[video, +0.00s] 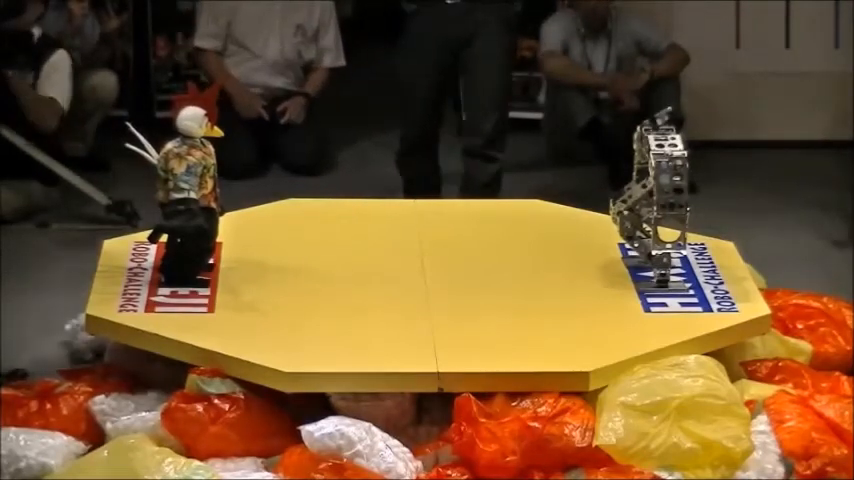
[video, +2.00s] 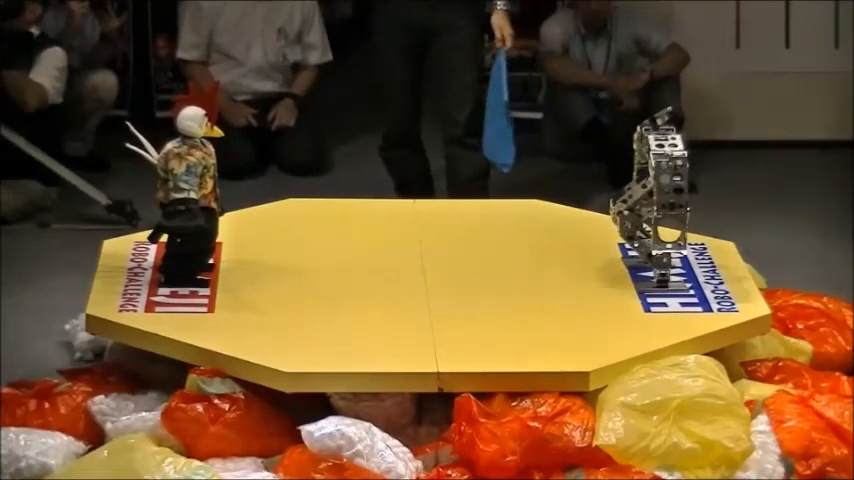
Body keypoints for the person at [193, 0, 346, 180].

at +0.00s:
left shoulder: (319, 5)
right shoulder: (221, 4)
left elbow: (326, 60)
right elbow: (206, 51)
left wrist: (304, 98)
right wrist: (238, 93)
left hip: (290, 98)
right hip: (237, 96)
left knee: (308, 161)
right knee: (238, 164)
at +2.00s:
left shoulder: (302, 5)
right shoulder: (202, 5)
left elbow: (312, 61)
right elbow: (191, 60)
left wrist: (292, 100)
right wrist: (226, 105)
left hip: (280, 98)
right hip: (228, 102)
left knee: (306, 160)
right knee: (237, 163)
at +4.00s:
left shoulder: (300, 5)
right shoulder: (201, 5)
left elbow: (310, 61)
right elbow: (191, 62)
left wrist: (290, 100)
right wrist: (226, 105)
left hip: (279, 98)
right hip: (227, 102)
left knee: (307, 161)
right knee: (237, 164)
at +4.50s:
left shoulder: (301, 5)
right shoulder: (196, 6)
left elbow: (317, 49)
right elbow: (187, 59)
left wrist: (299, 81)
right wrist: (220, 82)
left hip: (280, 97)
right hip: (229, 99)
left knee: (306, 161)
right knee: (237, 164)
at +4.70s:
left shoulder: (301, 4)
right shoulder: (197, 5)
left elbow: (320, 45)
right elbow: (183, 54)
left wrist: (296, 57)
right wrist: (215, 53)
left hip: (283, 99)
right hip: (227, 100)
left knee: (306, 162)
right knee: (236, 165)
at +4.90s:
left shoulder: (297, 3)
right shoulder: (197, 4)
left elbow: (322, 42)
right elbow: (183, 55)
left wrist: (294, 32)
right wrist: (213, 34)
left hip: (283, 99)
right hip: (228, 103)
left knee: (306, 162)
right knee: (236, 166)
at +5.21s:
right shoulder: (198, 5)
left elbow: (320, 31)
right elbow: (186, 48)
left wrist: (296, 16)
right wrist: (211, 15)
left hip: (279, 96)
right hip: (221, 99)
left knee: (307, 162)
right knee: (239, 166)